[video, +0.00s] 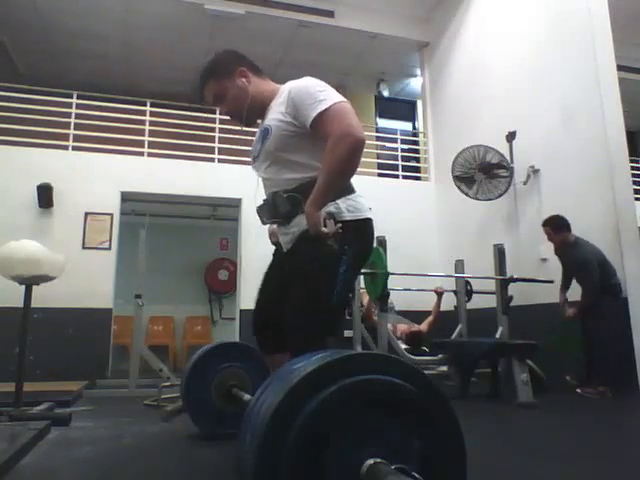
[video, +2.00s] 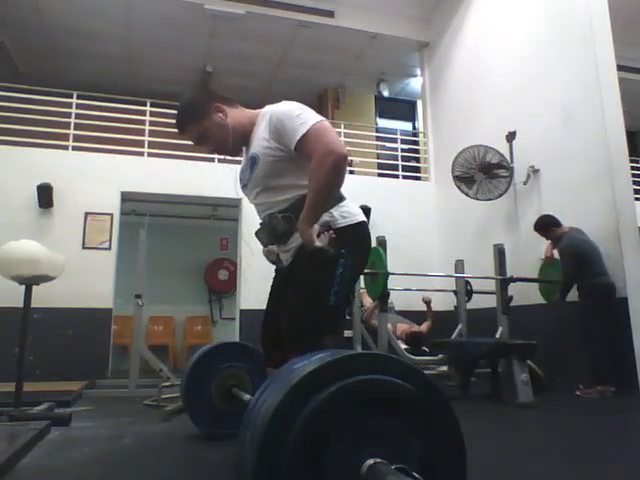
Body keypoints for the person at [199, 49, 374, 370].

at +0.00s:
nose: (222, 111)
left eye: (221, 98)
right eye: (216, 106)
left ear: (243, 77)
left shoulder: (300, 91)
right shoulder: (265, 134)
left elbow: (349, 137)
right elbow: (291, 181)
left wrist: (313, 206)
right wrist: (277, 222)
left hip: (335, 228)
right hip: (300, 237)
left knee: (303, 333)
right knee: (268, 326)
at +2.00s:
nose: (208, 150)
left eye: (204, 139)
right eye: (201, 145)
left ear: (220, 112)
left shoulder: (280, 114)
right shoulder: (247, 169)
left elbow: (332, 155)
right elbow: (279, 209)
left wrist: (306, 224)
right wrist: (272, 243)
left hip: (336, 237)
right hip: (300, 251)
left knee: (303, 335)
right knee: (274, 337)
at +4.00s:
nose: (213, 125)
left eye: (210, 111)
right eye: (206, 119)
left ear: (230, 89)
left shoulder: (283, 103)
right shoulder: (254, 157)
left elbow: (339, 133)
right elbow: (279, 205)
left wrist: (320, 210)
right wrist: (268, 246)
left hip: (334, 228)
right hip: (299, 242)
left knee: (311, 334)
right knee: (276, 330)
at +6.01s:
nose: (211, 156)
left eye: (205, 146)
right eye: (203, 152)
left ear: (219, 120)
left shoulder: (277, 120)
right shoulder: (250, 172)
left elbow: (329, 154)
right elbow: (278, 216)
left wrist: (303, 232)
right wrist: (272, 250)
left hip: (338, 238)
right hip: (302, 251)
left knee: (305, 334)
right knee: (276, 334)